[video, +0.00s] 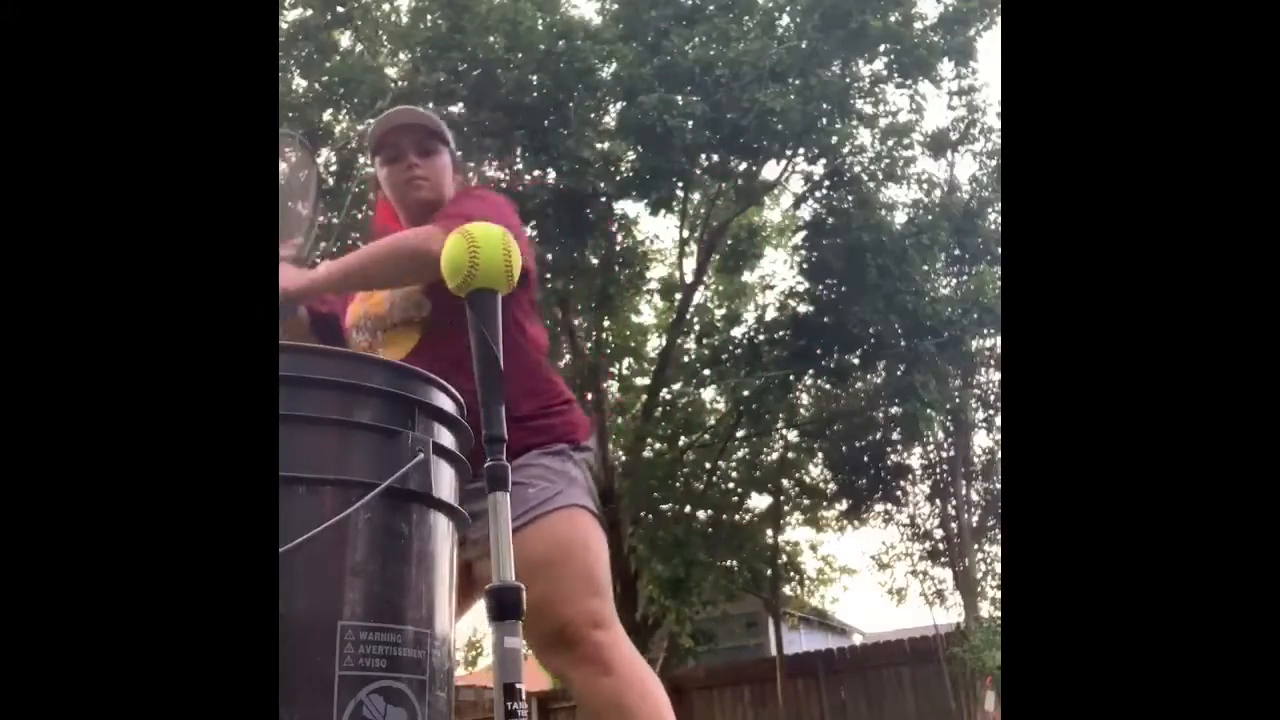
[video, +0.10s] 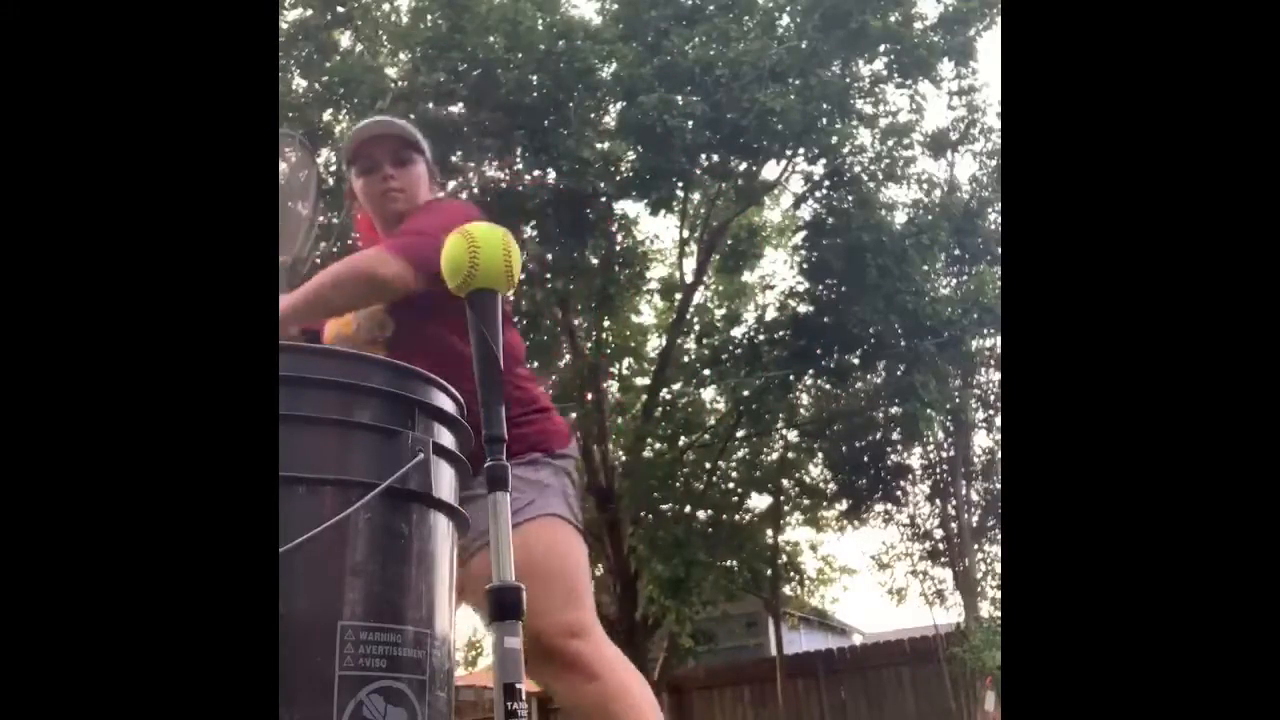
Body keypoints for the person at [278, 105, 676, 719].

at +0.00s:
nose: (412, 164)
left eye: (426, 150)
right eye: (393, 158)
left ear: (453, 161)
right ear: (377, 180)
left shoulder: (486, 208)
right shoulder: (371, 263)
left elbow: (446, 250)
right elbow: (343, 347)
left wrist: (308, 279)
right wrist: (296, 303)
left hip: (525, 452)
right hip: (424, 467)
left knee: (584, 638)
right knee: (378, 639)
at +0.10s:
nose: (387, 174)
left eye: (402, 160)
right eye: (368, 167)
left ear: (431, 175)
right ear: (355, 202)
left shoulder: (454, 217)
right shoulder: (350, 275)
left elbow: (386, 274)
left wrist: (285, 311)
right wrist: (336, 337)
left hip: (512, 452)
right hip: (419, 463)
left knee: (564, 642)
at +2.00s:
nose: (525, 122)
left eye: (536, 110)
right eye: (503, 110)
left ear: (551, 126)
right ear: (468, 128)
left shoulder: (575, 217)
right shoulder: (440, 192)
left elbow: (657, 282)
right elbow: (393, 269)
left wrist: (676, 242)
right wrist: (538, 286)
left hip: (559, 450)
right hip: (442, 449)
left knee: (595, 630)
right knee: (404, 643)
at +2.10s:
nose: (545, 108)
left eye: (557, 93)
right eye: (523, 95)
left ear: (575, 109)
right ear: (490, 112)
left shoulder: (609, 206)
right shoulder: (452, 186)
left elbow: (675, 305)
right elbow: (367, 260)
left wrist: (695, 254)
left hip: (575, 448)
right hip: (455, 448)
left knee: (599, 632)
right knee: (421, 644)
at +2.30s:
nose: (542, 67)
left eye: (558, 51)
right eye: (521, 55)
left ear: (585, 65)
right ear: (495, 71)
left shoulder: (638, 174)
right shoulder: (450, 152)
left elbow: (662, 292)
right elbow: (374, 247)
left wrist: (709, 285)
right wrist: (350, 312)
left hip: (586, 431)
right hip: (453, 424)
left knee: (605, 633)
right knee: (410, 623)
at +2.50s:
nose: (491, 29)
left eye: (509, 11)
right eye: (470, 15)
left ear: (541, 21)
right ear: (445, 32)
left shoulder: (605, 142)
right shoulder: (396, 138)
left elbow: (642, 261)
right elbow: (311, 256)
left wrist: (687, 328)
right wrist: (315, 356)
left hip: (568, 432)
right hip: (433, 432)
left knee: (593, 639)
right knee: (397, 633)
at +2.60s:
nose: (451, 14)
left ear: (509, 13)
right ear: (401, 15)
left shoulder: (566, 132)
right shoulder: (340, 138)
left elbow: (599, 263)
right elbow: (282, 253)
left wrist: (637, 356)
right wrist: (290, 359)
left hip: (539, 425)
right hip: (396, 430)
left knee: (577, 639)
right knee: (391, 645)